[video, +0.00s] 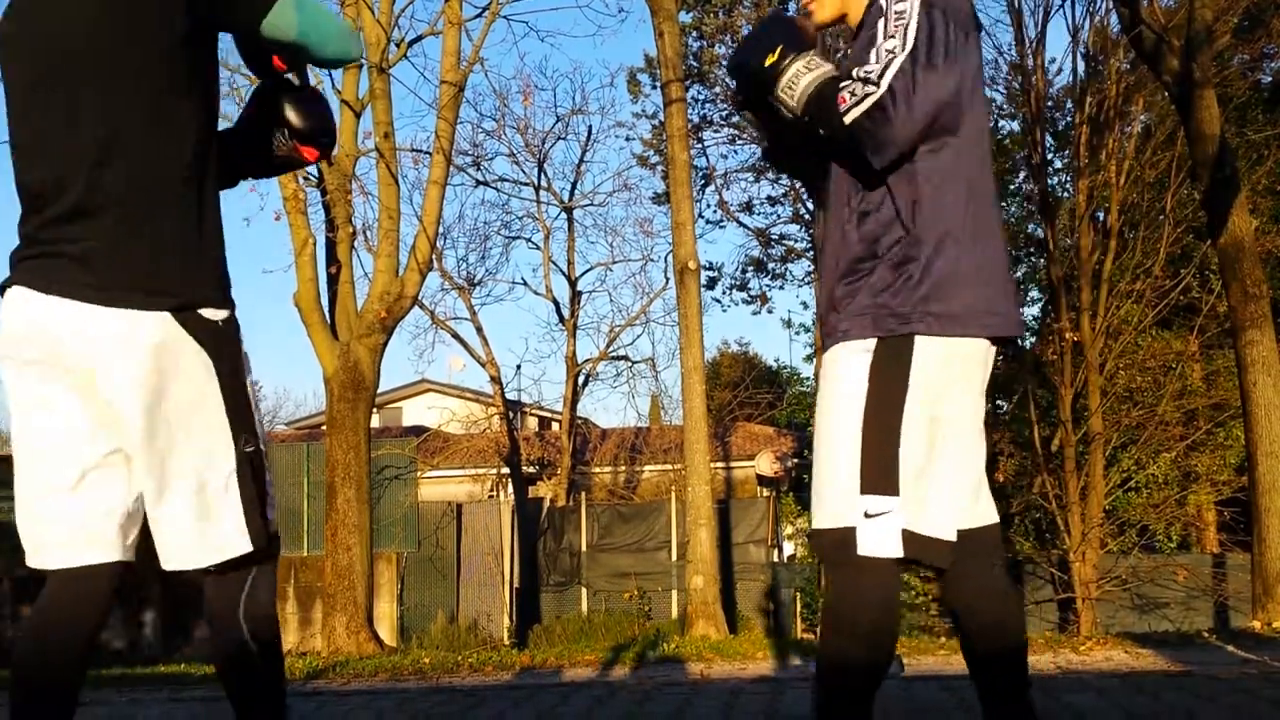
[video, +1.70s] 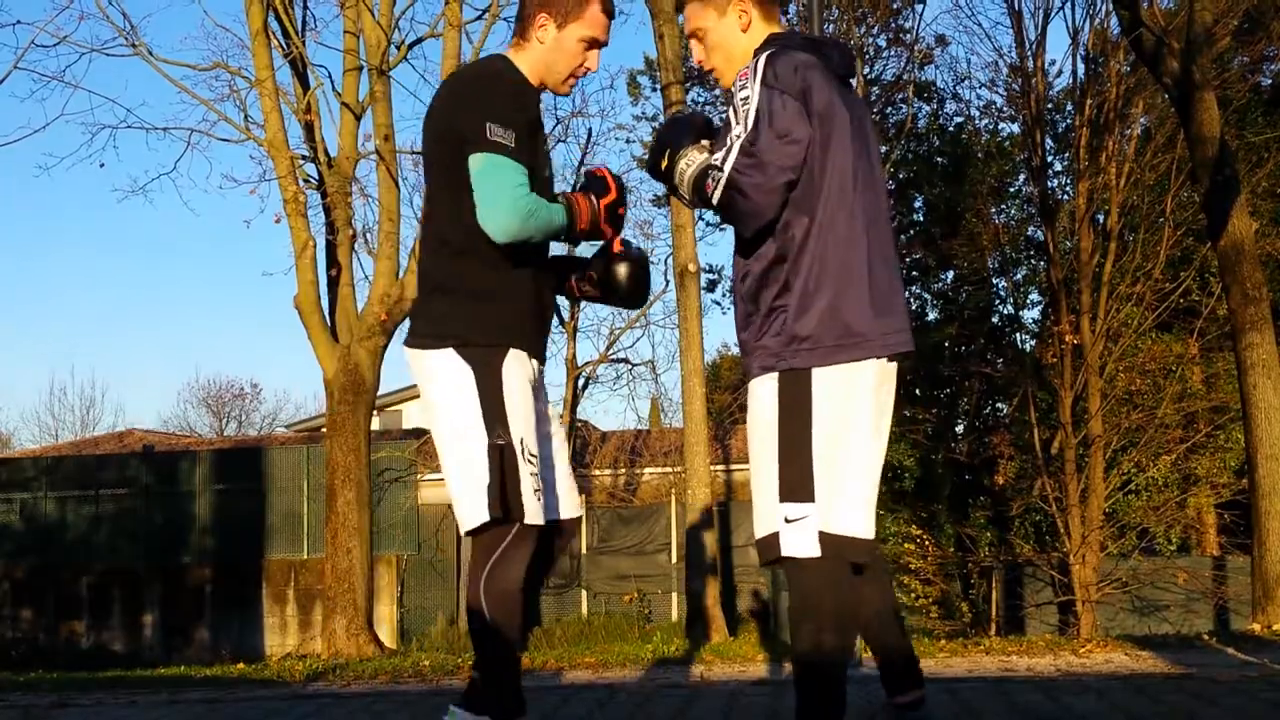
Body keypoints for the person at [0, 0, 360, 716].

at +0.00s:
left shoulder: (23, 17)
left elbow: (125, 164)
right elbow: (340, 42)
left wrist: (252, 147)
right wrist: (270, 31)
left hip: (41, 299)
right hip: (167, 306)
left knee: (81, 563)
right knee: (233, 561)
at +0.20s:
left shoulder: (109, 41)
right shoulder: (262, 12)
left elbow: (176, 188)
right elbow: (403, 87)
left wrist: (304, 212)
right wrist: (341, 70)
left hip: (142, 327)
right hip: (255, 329)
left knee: (162, 555)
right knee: (290, 548)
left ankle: (90, 711)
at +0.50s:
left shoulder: (199, 66)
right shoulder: (331, 26)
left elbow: (188, 226)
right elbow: (459, 90)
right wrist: (371, 69)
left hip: (226, 332)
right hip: (311, 327)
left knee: (275, 544)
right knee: (319, 541)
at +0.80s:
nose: (431, 58)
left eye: (434, 42)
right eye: (432, 40)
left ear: (354, 22)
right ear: (410, 30)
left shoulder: (276, 111)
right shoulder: (374, 70)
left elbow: (258, 256)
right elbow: (493, 126)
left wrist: (389, 308)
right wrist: (437, 89)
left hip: (285, 350)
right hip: (345, 345)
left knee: (346, 542)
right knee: (403, 532)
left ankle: (335, 718)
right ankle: (335, 718)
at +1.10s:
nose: (482, 97)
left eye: (487, 83)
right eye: (483, 78)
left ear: (430, 49)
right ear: (452, 53)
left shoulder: (360, 108)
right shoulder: (401, 94)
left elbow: (379, 270)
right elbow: (499, 206)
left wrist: (467, 291)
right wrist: (456, 146)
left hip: (321, 347)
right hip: (370, 348)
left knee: (359, 536)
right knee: (465, 514)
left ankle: (344, 711)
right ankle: (445, 705)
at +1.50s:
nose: (558, 76)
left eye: (564, 61)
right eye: (555, 57)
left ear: (509, 35)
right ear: (513, 35)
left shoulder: (449, 98)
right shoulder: (469, 91)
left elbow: (481, 249)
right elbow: (538, 219)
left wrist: (568, 254)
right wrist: (562, 178)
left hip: (414, 342)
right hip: (446, 345)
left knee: (441, 534)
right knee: (493, 528)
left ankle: (378, 705)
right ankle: (503, 713)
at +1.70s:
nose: (594, 62)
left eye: (599, 48)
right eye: (589, 43)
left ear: (551, 30)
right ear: (543, 25)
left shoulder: (512, 105)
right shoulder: (490, 88)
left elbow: (506, 256)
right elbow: (504, 216)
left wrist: (578, 276)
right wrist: (576, 210)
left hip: (503, 345)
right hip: (473, 342)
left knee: (544, 523)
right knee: (514, 522)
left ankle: (490, 703)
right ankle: (494, 707)